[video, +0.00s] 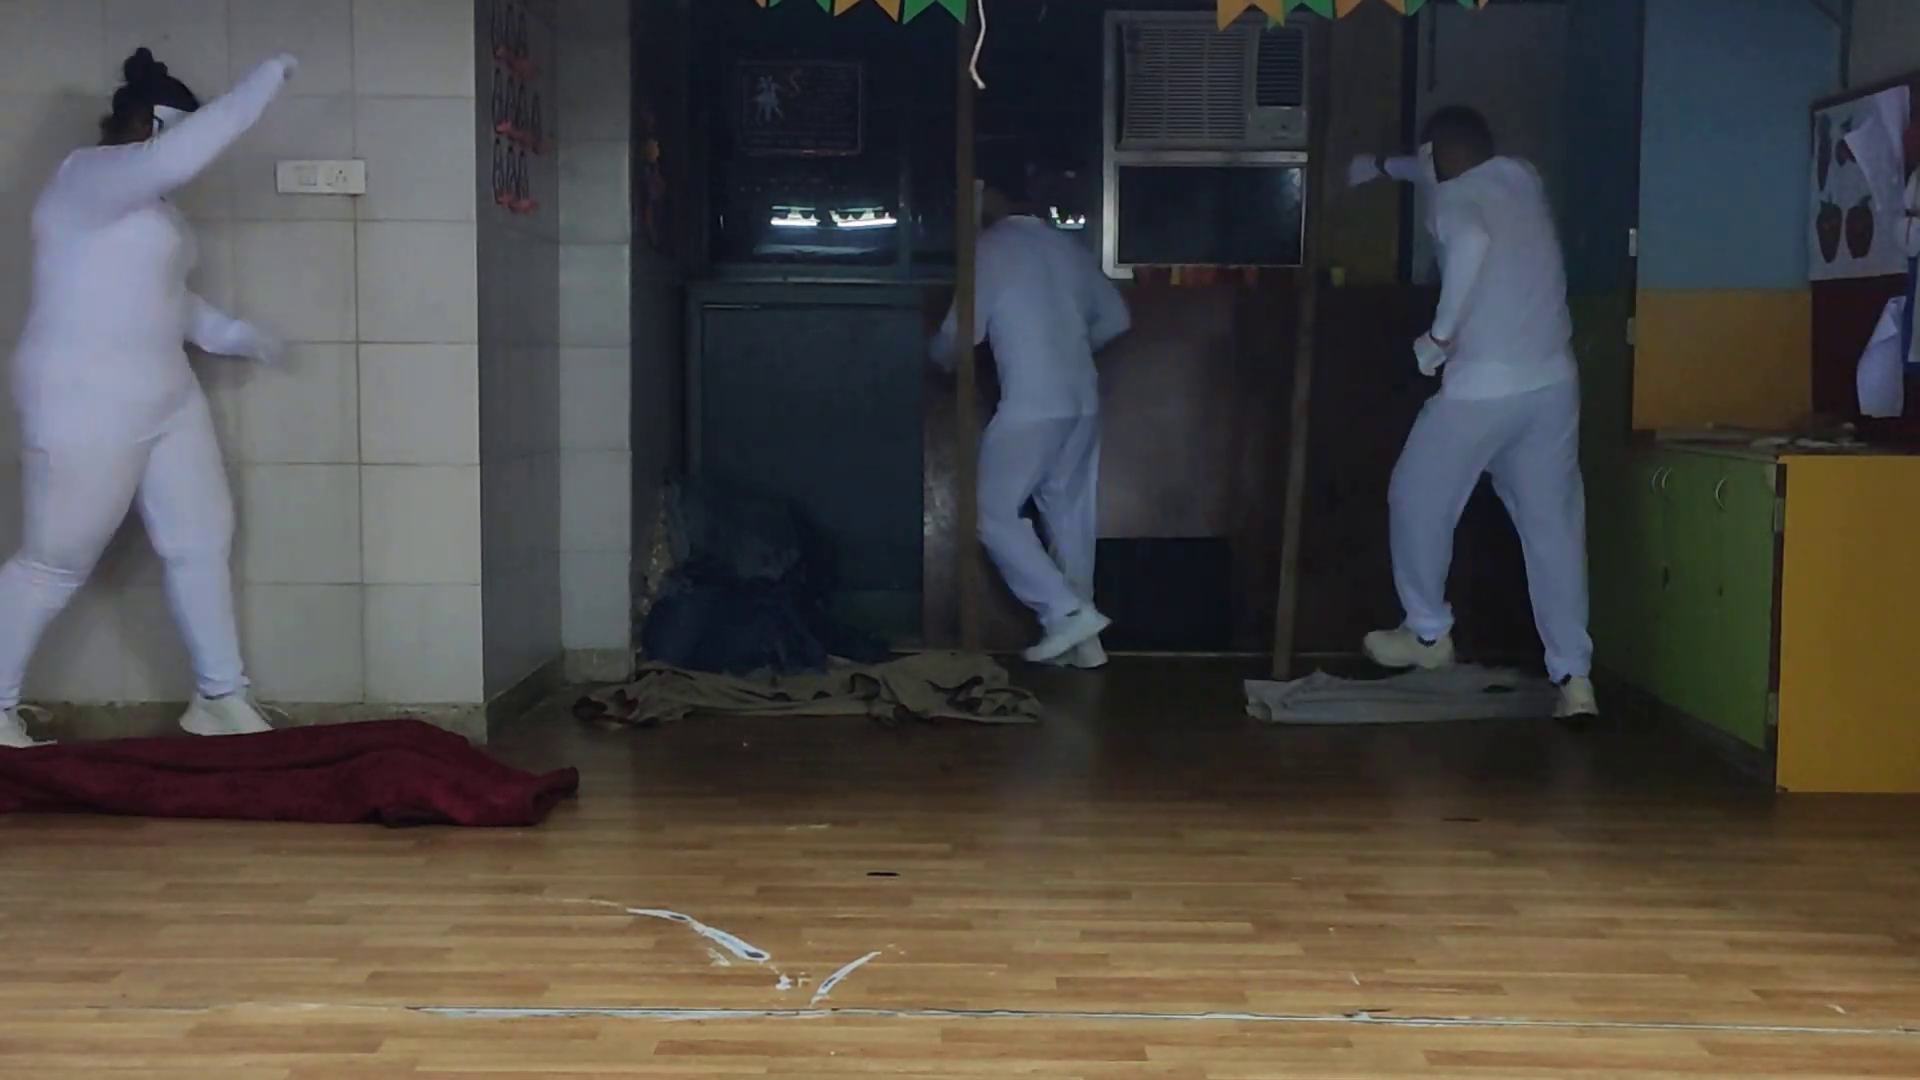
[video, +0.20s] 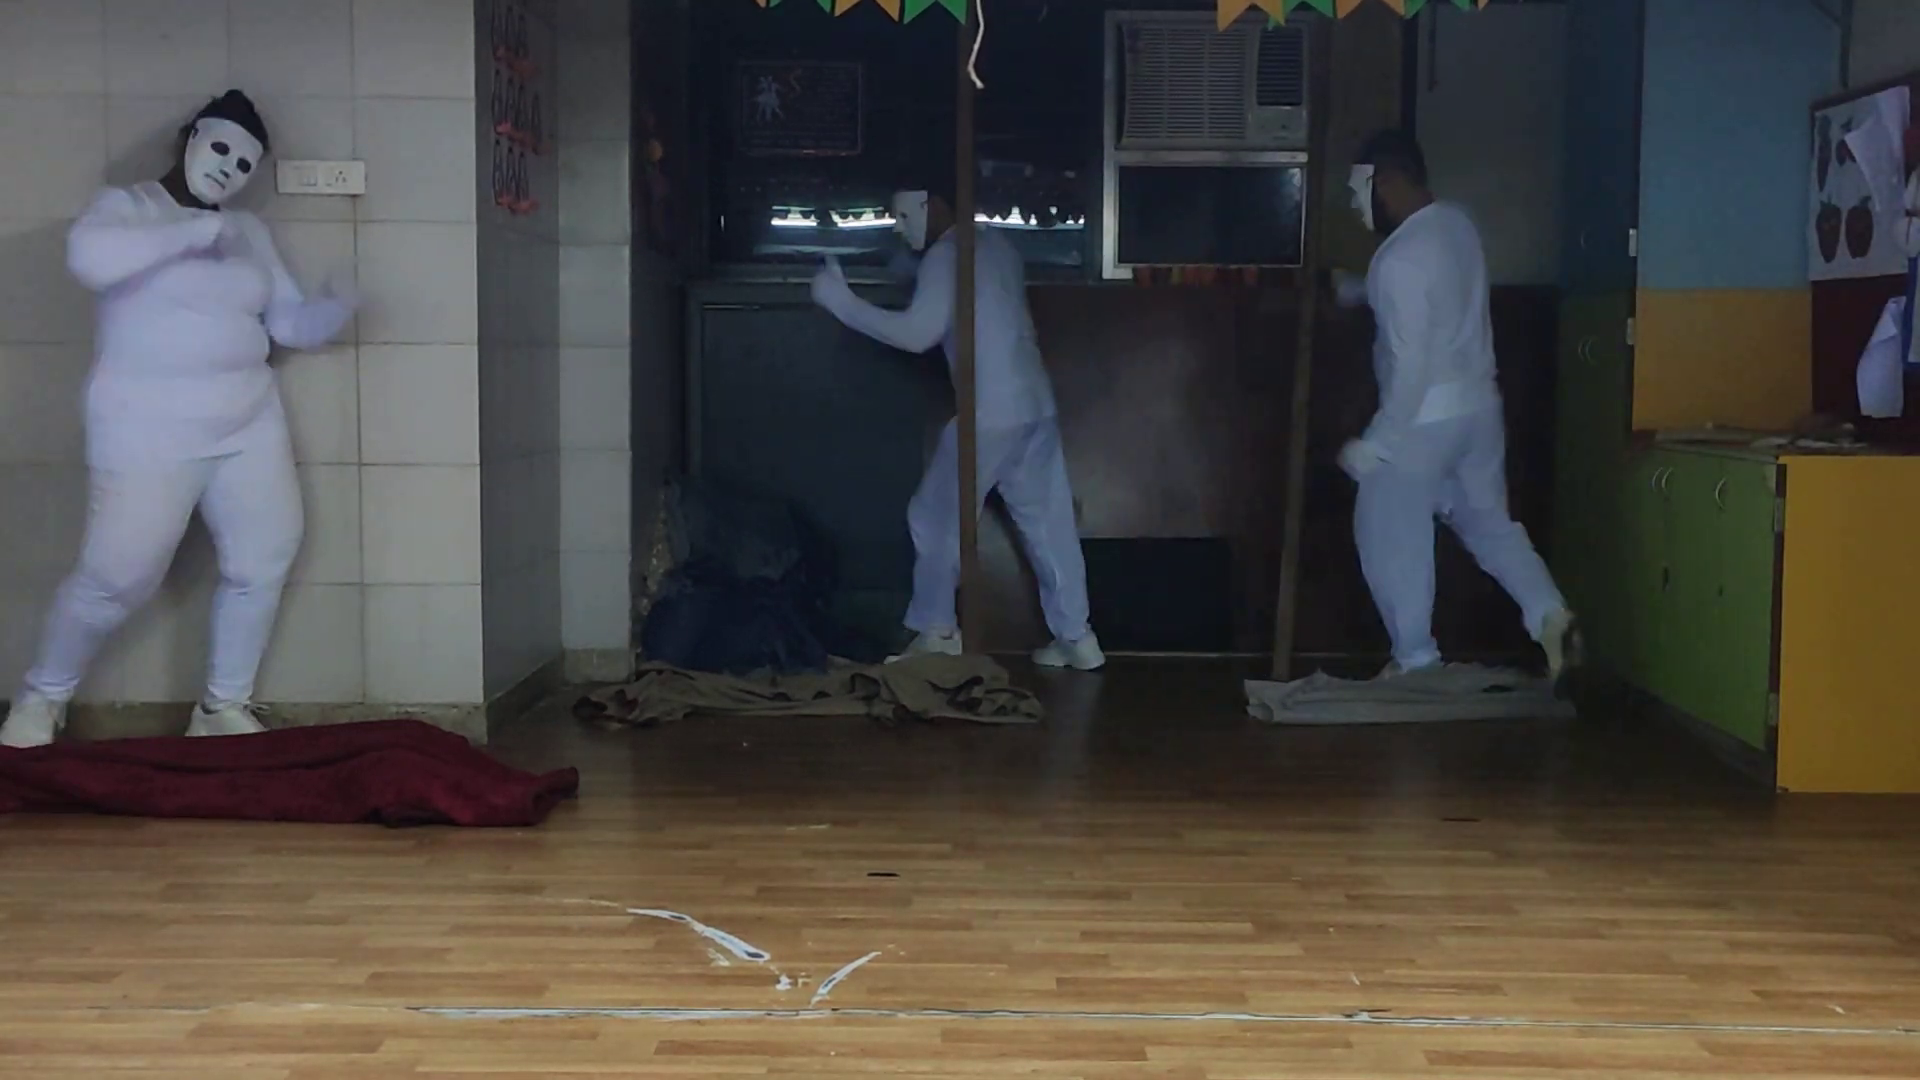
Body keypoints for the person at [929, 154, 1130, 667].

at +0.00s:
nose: (970, 209)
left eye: (973, 199)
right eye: (972, 200)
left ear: (989, 200)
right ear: (1025, 201)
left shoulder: (990, 248)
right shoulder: (1069, 247)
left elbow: (961, 331)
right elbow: (1115, 317)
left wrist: (937, 351)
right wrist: (1068, 346)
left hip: (1031, 402)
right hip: (1083, 402)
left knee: (996, 515)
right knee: (1069, 514)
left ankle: (1065, 615)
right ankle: (1080, 637)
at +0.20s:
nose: (901, 226)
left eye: (905, 214)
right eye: (898, 215)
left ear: (933, 208)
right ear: (945, 206)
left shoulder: (945, 257)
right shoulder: (998, 245)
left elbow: (918, 332)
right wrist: (923, 270)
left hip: (989, 412)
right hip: (1035, 407)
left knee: (933, 516)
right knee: (1048, 522)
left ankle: (937, 633)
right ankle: (1077, 638)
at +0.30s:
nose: (877, 230)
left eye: (883, 220)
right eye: (875, 220)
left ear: (913, 216)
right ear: (926, 218)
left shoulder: (919, 264)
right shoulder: (967, 255)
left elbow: (847, 279)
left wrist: (785, 223)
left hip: (965, 424)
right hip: (1002, 420)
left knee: (913, 529)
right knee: (979, 525)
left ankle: (937, 637)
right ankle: (1042, 601)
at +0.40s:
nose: (853, 212)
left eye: (862, 200)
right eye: (853, 201)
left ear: (893, 196)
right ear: (889, 197)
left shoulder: (912, 228)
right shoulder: (902, 239)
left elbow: (843, 239)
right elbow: (864, 261)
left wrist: (772, 265)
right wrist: (854, 269)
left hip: (953, 401)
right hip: (921, 398)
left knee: (923, 516)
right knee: (878, 477)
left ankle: (938, 635)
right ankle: (972, 551)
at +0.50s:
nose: (845, 173)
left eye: (857, 162)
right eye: (837, 163)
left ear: (884, 164)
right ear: (831, 167)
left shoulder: (900, 213)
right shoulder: (885, 212)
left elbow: (879, 285)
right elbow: (897, 289)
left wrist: (820, 322)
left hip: (930, 380)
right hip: (886, 375)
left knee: (928, 499)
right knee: (834, 456)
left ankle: (934, 619)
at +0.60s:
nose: (837, 168)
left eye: (851, 157)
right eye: (830, 158)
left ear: (874, 166)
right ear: (821, 168)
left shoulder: (899, 231)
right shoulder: (852, 236)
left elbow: (897, 329)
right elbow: (860, 327)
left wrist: (841, 392)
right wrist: (825, 379)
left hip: (914, 386)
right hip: (860, 384)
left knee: (918, 504)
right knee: (810, 485)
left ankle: (919, 625)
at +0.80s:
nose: (823, 197)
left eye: (835, 188)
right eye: (813, 188)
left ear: (856, 197)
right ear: (800, 198)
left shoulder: (882, 254)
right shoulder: (782, 255)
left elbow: (922, 302)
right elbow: (708, 261)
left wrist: (925, 232)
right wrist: (699, 195)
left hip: (881, 426)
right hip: (809, 421)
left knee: (882, 542)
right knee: (776, 533)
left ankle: (893, 617)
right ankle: (780, 651)